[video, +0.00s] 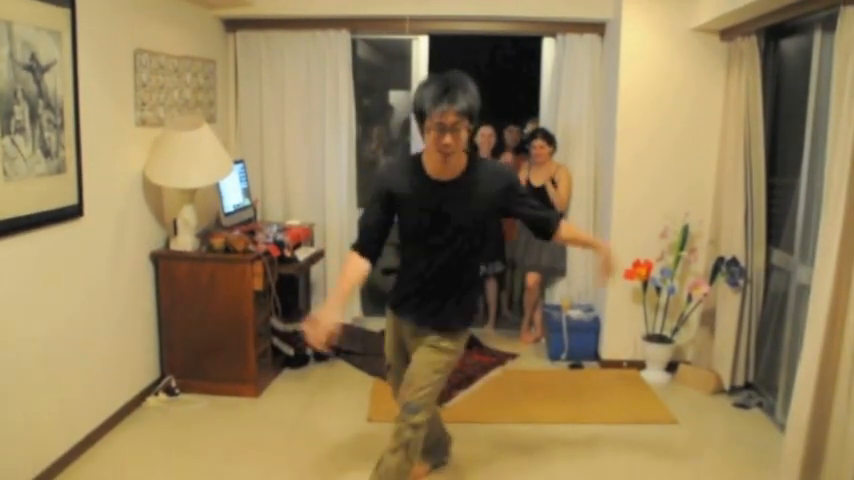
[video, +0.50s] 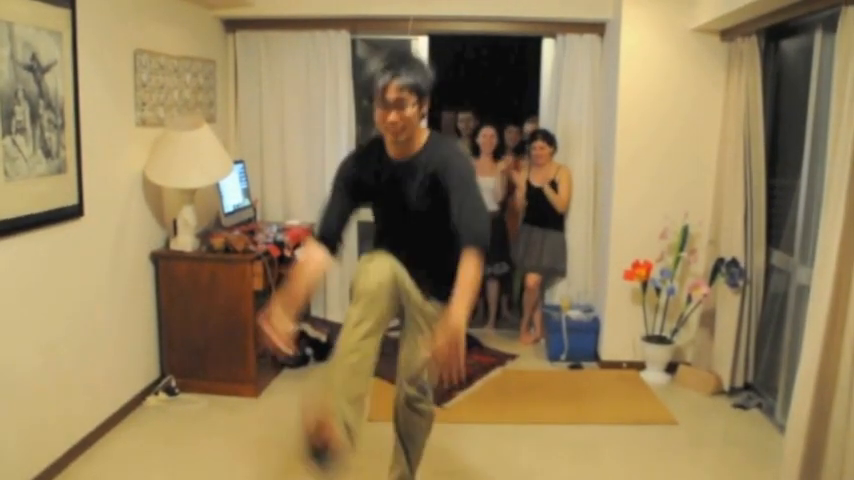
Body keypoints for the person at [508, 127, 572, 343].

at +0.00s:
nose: (537, 152)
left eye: (542, 147)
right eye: (534, 147)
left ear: (551, 149)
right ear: (529, 150)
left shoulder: (560, 172)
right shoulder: (524, 172)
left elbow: (561, 205)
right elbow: (518, 200)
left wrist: (548, 183)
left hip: (550, 232)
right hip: (527, 229)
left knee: (532, 278)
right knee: (535, 283)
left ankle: (525, 323)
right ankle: (539, 327)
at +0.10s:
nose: (537, 151)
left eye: (542, 147)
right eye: (534, 147)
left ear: (551, 149)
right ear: (529, 150)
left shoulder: (562, 172)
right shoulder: (525, 171)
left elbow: (561, 208)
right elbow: (521, 201)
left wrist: (535, 193)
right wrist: (524, 174)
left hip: (550, 226)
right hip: (527, 226)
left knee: (532, 277)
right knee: (533, 281)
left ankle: (525, 323)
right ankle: (538, 326)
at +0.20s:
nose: (537, 152)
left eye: (542, 147)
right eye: (534, 147)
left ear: (552, 150)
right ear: (529, 151)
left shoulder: (560, 172)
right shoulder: (523, 173)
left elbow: (562, 206)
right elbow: (516, 201)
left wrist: (538, 196)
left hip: (548, 231)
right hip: (524, 230)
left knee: (531, 279)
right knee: (534, 283)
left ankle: (525, 323)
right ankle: (538, 326)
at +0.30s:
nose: (537, 152)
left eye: (542, 148)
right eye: (534, 148)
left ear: (552, 150)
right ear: (529, 151)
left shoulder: (561, 172)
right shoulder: (526, 171)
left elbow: (562, 206)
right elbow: (521, 201)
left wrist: (542, 189)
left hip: (550, 231)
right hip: (529, 228)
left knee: (532, 278)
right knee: (534, 283)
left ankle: (525, 323)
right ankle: (538, 327)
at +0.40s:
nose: (537, 153)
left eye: (542, 148)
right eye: (534, 148)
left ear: (552, 150)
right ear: (530, 151)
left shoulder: (561, 172)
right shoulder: (525, 172)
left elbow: (562, 206)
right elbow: (519, 207)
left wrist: (548, 186)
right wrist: (517, 189)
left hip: (550, 231)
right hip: (529, 229)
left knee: (532, 279)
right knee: (535, 284)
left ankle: (525, 324)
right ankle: (538, 327)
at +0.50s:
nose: (537, 153)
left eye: (542, 148)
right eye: (534, 148)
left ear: (552, 150)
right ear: (530, 151)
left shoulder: (561, 172)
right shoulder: (526, 173)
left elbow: (562, 206)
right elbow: (519, 206)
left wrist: (545, 187)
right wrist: (519, 183)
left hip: (551, 231)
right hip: (530, 228)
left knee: (532, 279)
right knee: (535, 284)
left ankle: (525, 323)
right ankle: (538, 328)